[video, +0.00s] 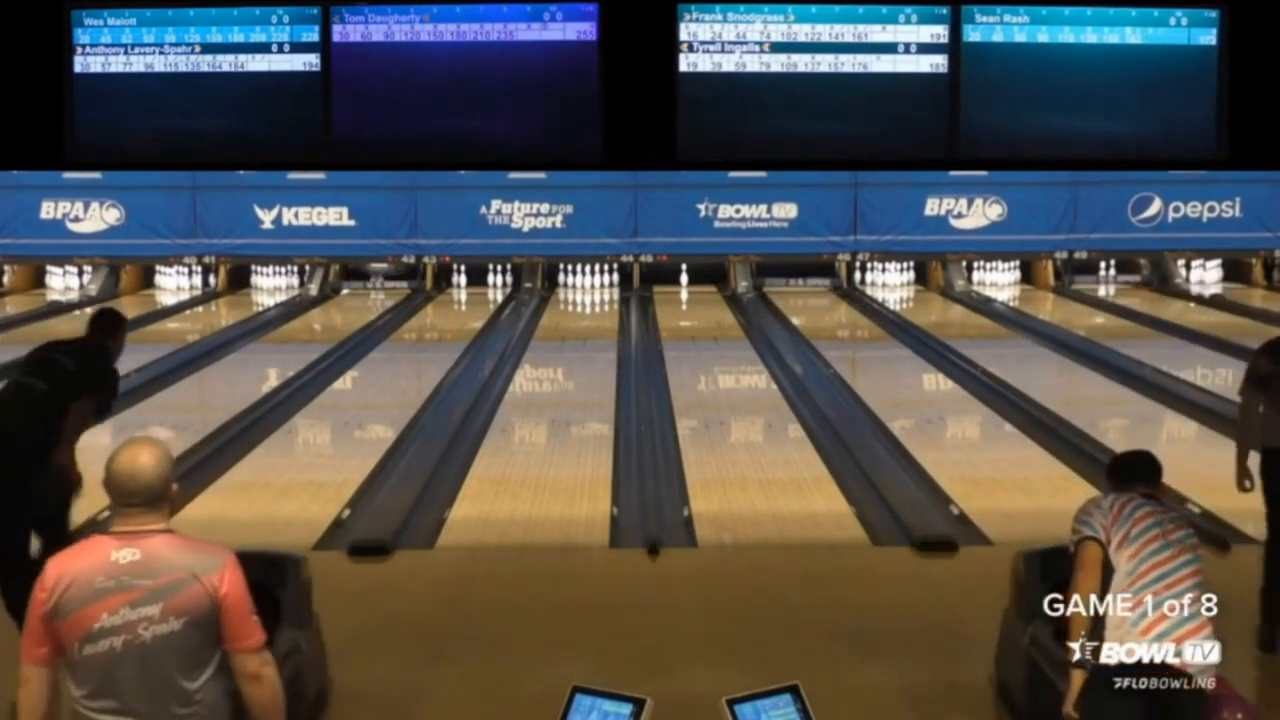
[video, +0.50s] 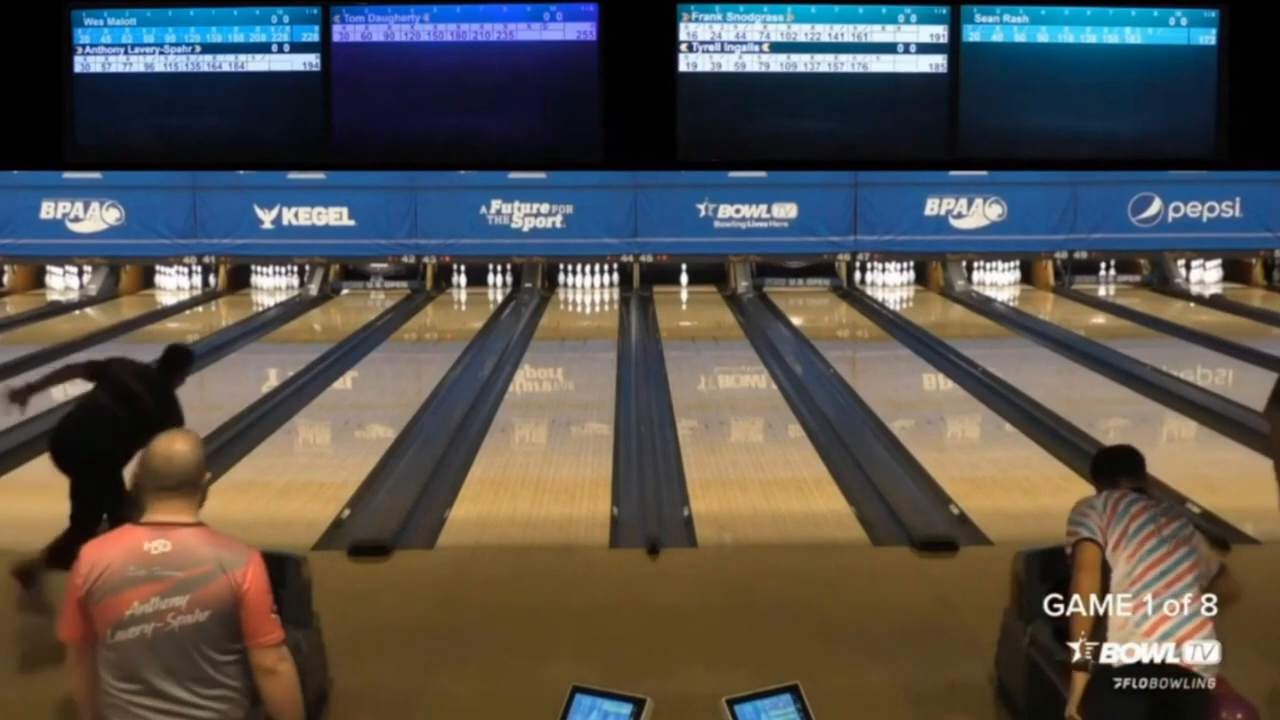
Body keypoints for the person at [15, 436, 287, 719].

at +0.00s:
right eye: (176, 484)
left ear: (106, 491)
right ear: (174, 493)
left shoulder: (58, 572)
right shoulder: (217, 565)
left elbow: (33, 683)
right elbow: (256, 673)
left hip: (95, 713)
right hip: (196, 711)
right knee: (296, 643)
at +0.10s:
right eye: (173, 483)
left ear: (105, 490)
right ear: (171, 490)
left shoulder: (57, 571)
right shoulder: (213, 563)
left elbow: (40, 676)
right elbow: (253, 670)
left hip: (96, 713)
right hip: (195, 712)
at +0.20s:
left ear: (108, 485)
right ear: (174, 486)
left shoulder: (61, 568)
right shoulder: (215, 562)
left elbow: (47, 672)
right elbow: (253, 668)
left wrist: (70, 714)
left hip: (99, 712)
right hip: (196, 712)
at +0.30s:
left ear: (116, 480)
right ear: (180, 484)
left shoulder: (69, 564)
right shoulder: (220, 562)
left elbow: (60, 669)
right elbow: (256, 668)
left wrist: (71, 709)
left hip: (103, 712)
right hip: (198, 712)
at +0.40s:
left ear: (127, 478)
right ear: (191, 482)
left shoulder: (80, 561)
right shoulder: (230, 562)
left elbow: (68, 661)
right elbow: (263, 667)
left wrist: (89, 710)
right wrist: (283, 715)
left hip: (112, 712)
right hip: (206, 712)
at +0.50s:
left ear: (136, 482)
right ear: (204, 483)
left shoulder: (93, 558)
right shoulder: (242, 561)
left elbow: (78, 663)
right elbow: (272, 666)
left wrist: (90, 713)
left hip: (124, 711)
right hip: (217, 710)